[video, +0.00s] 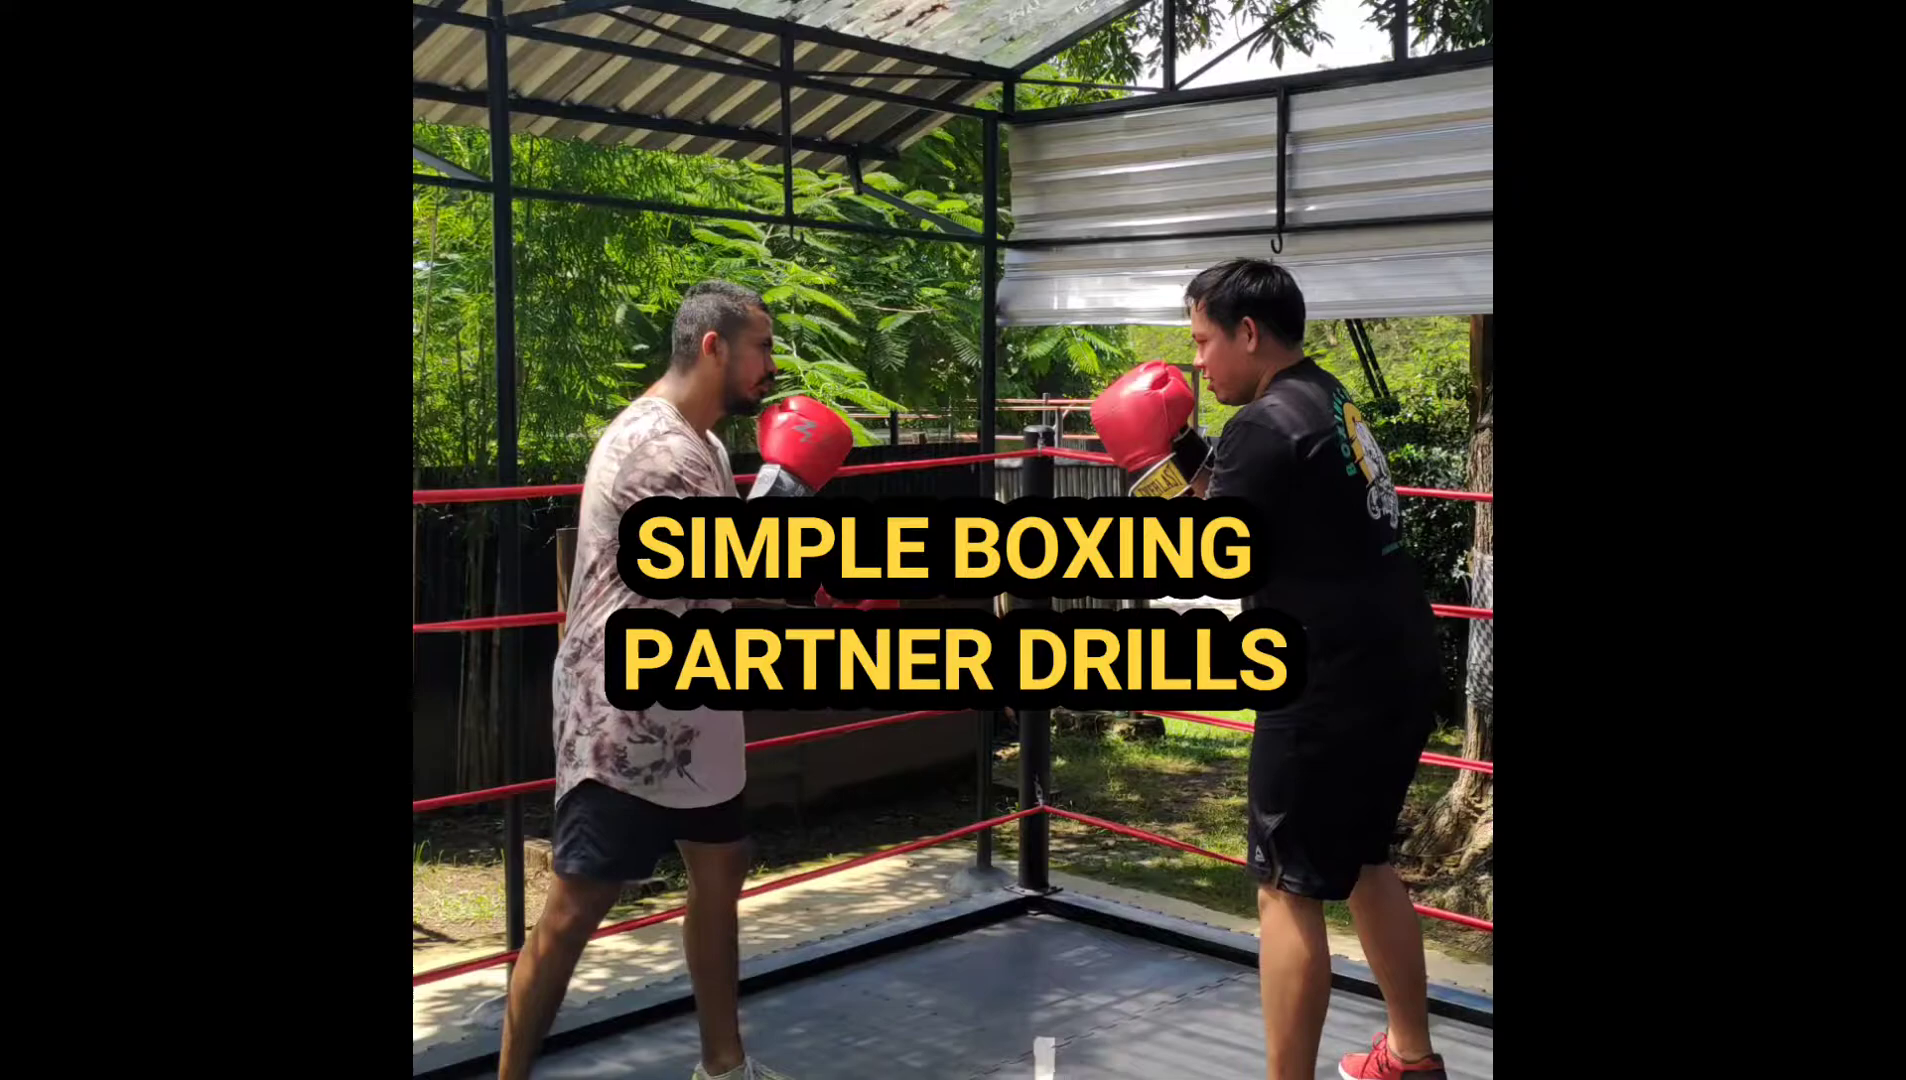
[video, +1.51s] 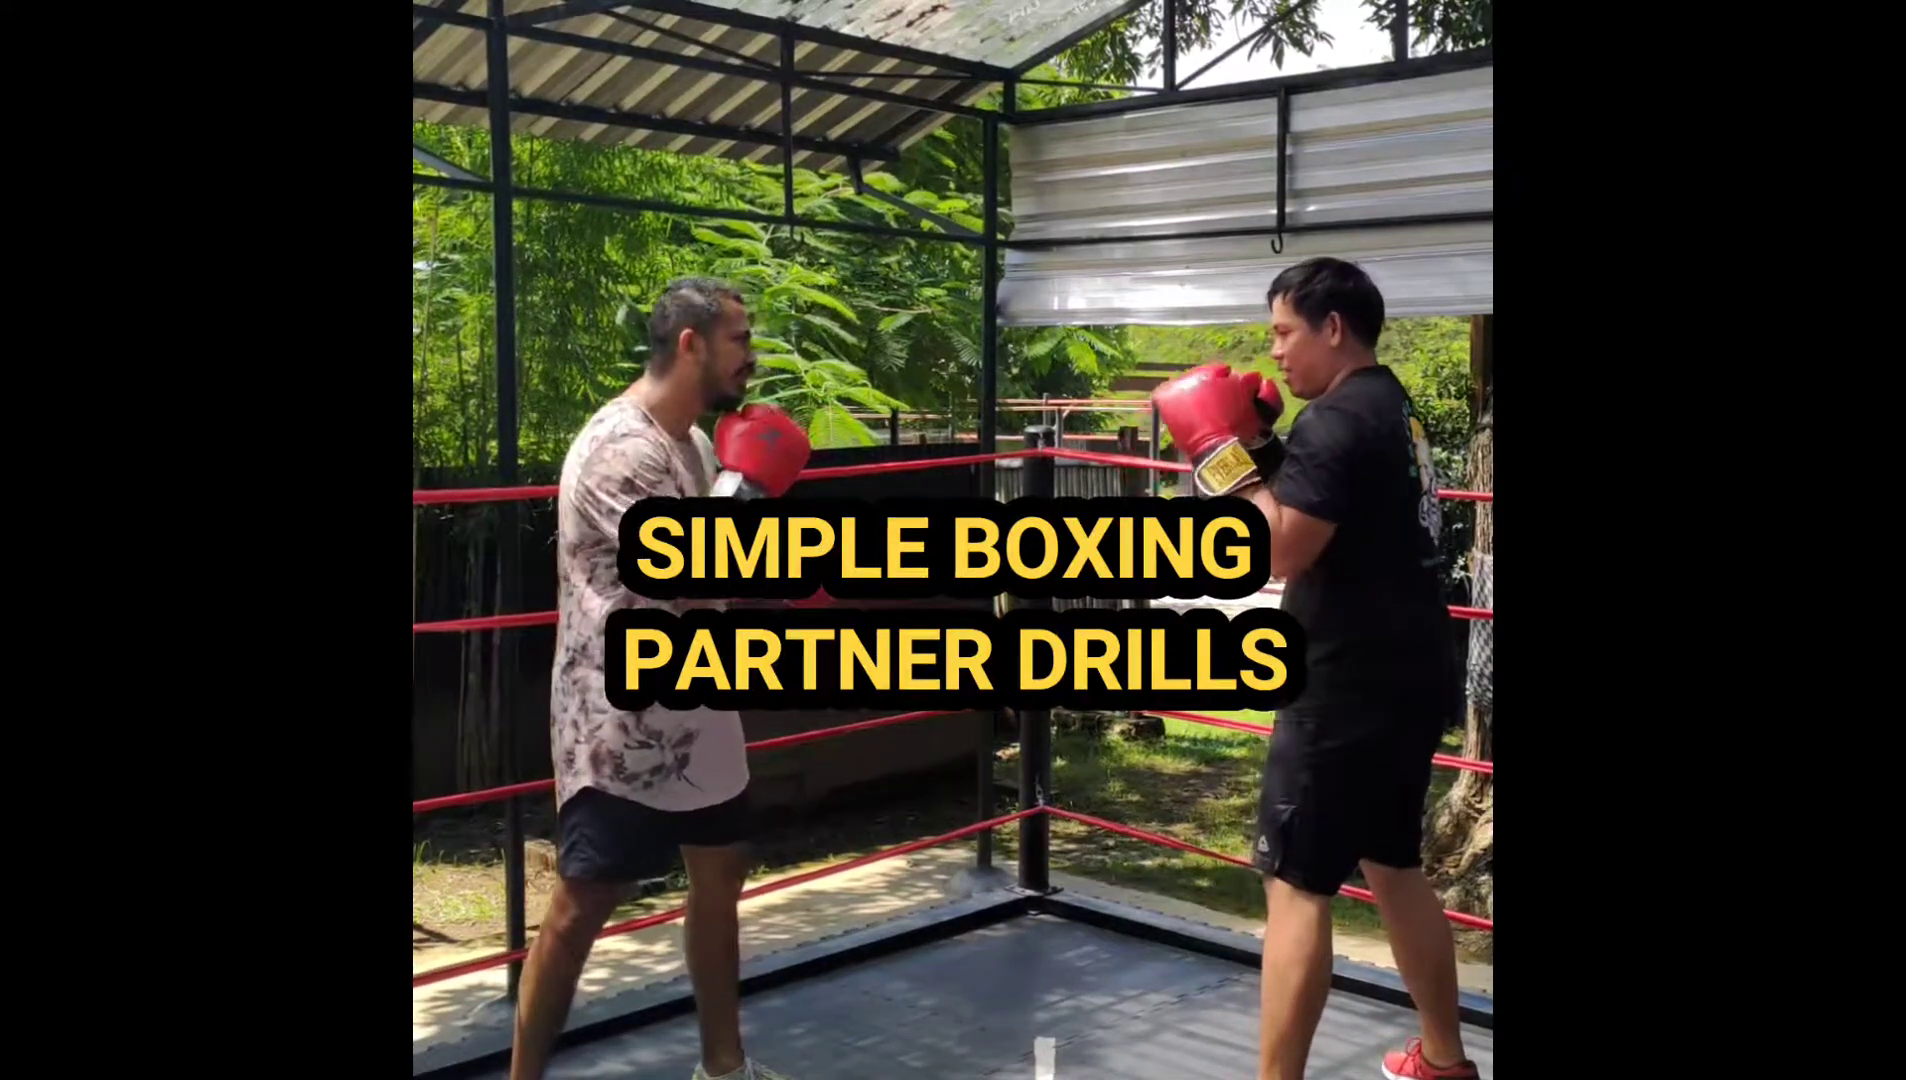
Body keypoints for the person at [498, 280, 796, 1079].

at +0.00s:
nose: (771, 366)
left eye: (772, 350)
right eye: (762, 348)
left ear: (708, 351)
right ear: (710, 347)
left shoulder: (704, 443)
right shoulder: (656, 449)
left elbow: (724, 569)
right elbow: (715, 587)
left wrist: (781, 488)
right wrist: (779, 488)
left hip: (696, 712)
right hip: (618, 719)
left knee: (720, 872)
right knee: (568, 917)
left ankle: (724, 1061)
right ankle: (510, 1072)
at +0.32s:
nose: (742, 370)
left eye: (743, 353)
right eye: (732, 352)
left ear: (684, 352)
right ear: (682, 349)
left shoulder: (688, 451)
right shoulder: (600, 457)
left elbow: (712, 577)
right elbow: (626, 596)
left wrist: (749, 501)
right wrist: (732, 530)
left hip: (679, 718)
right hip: (592, 727)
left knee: (707, 876)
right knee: (557, 923)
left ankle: (724, 1063)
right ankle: (507, 1075)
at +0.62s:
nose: (709, 372)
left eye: (710, 356)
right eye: (700, 355)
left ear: (647, 358)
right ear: (647, 355)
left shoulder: (652, 451)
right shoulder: (575, 468)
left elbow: (680, 574)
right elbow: (634, 600)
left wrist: (730, 511)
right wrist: (714, 520)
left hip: (650, 715)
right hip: (571, 725)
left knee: (701, 872)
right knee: (546, 929)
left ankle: (724, 1062)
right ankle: (505, 1077)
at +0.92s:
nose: (749, 372)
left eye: (750, 355)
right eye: (741, 354)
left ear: (687, 353)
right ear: (691, 351)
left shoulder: (658, 448)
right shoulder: (625, 456)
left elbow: (690, 571)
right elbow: (683, 583)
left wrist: (741, 499)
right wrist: (742, 497)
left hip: (681, 718)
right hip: (606, 729)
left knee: (721, 870)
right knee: (565, 923)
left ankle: (724, 1061)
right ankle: (510, 1073)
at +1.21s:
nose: (775, 361)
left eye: (774, 345)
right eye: (764, 343)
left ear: (713, 347)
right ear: (716, 343)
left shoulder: (700, 446)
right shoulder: (651, 449)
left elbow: (718, 570)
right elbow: (686, 583)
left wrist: (766, 490)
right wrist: (764, 491)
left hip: (710, 722)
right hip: (634, 729)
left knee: (727, 880)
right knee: (583, 913)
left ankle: (725, 1060)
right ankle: (518, 1073)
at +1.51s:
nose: (751, 356)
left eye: (750, 340)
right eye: (740, 339)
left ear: (695, 344)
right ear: (691, 342)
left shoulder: (698, 448)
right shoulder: (618, 451)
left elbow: (720, 568)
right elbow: (673, 584)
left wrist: (762, 493)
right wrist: (748, 494)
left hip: (702, 716)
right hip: (615, 725)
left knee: (720, 878)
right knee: (575, 913)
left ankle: (724, 1062)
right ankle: (523, 1074)